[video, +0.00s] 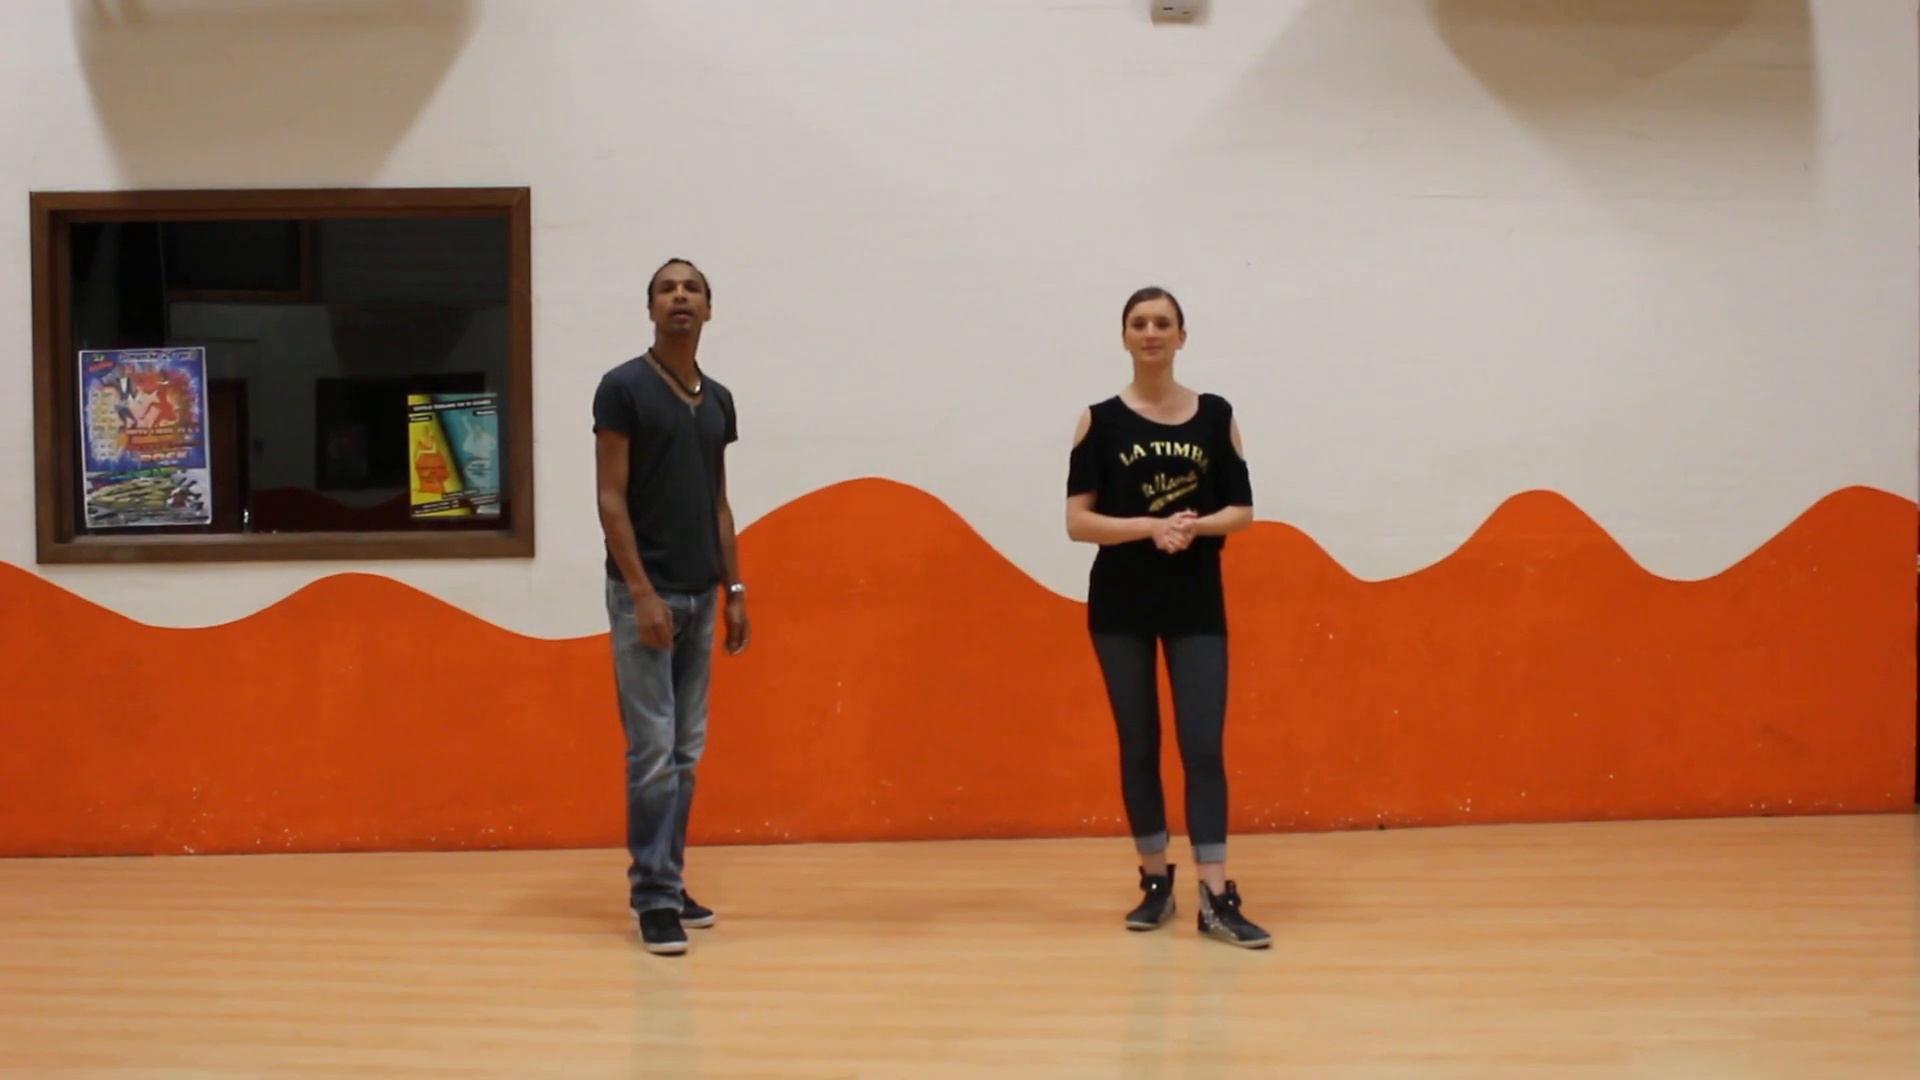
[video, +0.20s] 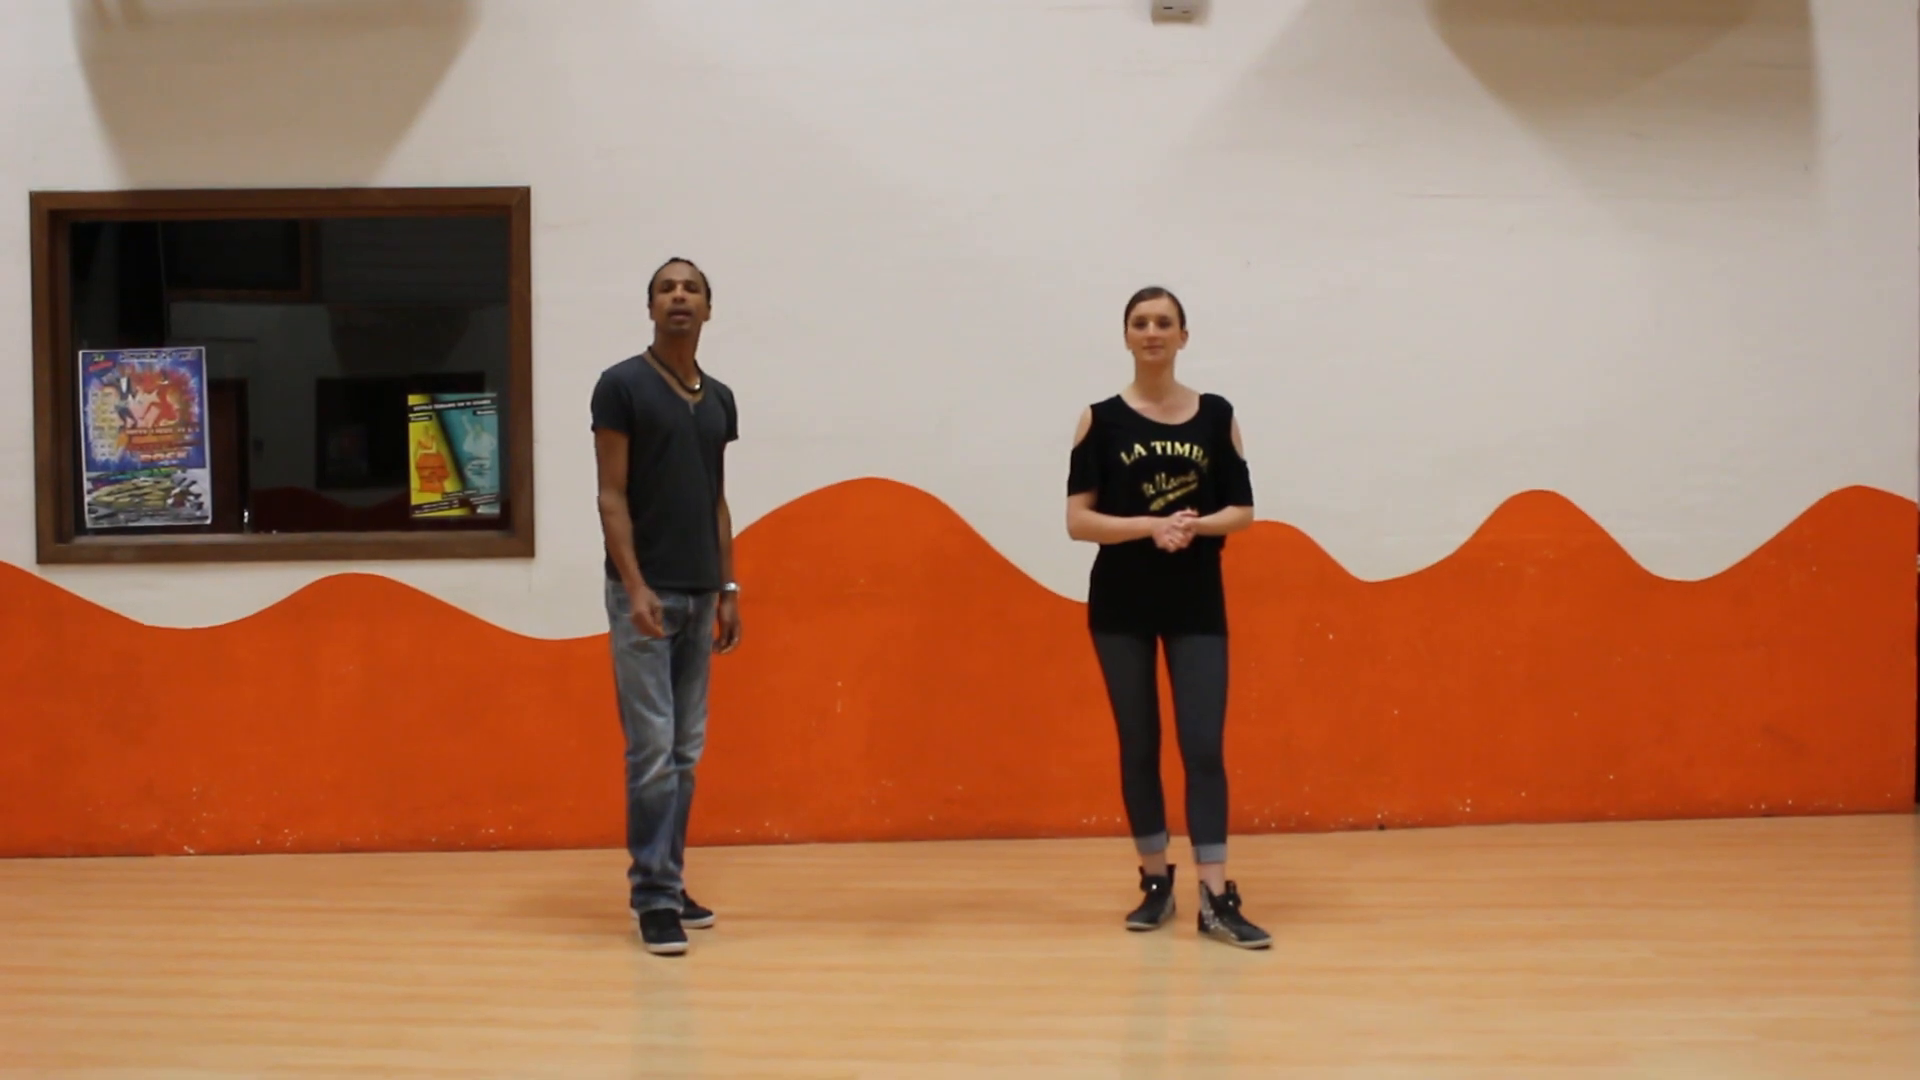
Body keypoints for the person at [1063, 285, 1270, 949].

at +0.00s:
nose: (1151, 334)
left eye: (1162, 324)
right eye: (1140, 324)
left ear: (1181, 337)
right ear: (1124, 336)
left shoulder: (1214, 414)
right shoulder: (1098, 421)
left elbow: (1241, 510)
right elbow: (1079, 521)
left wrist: (1199, 525)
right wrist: (1146, 526)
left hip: (1195, 601)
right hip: (1121, 602)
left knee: (1203, 747)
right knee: (1139, 745)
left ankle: (1216, 897)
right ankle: (1157, 884)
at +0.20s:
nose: (1152, 333)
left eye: (1163, 323)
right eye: (1141, 323)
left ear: (1183, 336)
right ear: (1126, 336)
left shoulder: (1215, 414)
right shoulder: (1099, 421)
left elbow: (1241, 511)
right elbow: (1079, 520)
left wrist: (1200, 524)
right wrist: (1147, 525)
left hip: (1195, 600)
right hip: (1121, 601)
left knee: (1203, 747)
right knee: (1139, 745)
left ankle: (1216, 897)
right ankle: (1157, 884)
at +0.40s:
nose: (1133, 331)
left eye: (1146, 320)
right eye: (1127, 322)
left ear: (1178, 333)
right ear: (1120, 335)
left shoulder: (1216, 414)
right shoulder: (1099, 419)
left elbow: (1241, 510)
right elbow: (1079, 519)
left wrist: (1198, 524)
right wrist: (1145, 524)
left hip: (1195, 600)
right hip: (1120, 601)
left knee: (1204, 748)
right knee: (1139, 745)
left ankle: (1216, 897)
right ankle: (1157, 883)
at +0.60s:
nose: (1116, 333)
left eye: (1129, 322)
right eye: (1115, 323)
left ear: (1168, 333)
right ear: (1121, 336)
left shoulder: (1216, 413)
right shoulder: (1099, 420)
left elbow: (1243, 510)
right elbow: (1078, 519)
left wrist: (1191, 523)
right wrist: (1140, 525)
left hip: (1194, 599)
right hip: (1120, 600)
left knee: (1204, 747)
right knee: (1138, 745)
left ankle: (1216, 896)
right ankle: (1157, 883)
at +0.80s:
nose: (1112, 337)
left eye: (1124, 326)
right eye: (1111, 327)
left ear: (1164, 333)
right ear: (1121, 338)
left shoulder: (1214, 412)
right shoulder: (1099, 420)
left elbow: (1243, 510)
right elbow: (1078, 520)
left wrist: (1183, 521)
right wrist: (1133, 526)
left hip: (1195, 599)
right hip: (1120, 600)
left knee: (1204, 746)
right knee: (1139, 745)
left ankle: (1216, 896)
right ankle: (1157, 883)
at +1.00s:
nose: (1111, 339)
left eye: (1123, 329)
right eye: (1110, 330)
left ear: (1163, 335)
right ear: (1121, 340)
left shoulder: (1213, 411)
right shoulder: (1099, 421)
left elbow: (1244, 510)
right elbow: (1078, 521)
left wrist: (1179, 523)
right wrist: (1129, 528)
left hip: (1194, 599)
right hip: (1120, 600)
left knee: (1204, 745)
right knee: (1138, 744)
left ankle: (1216, 896)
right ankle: (1157, 882)